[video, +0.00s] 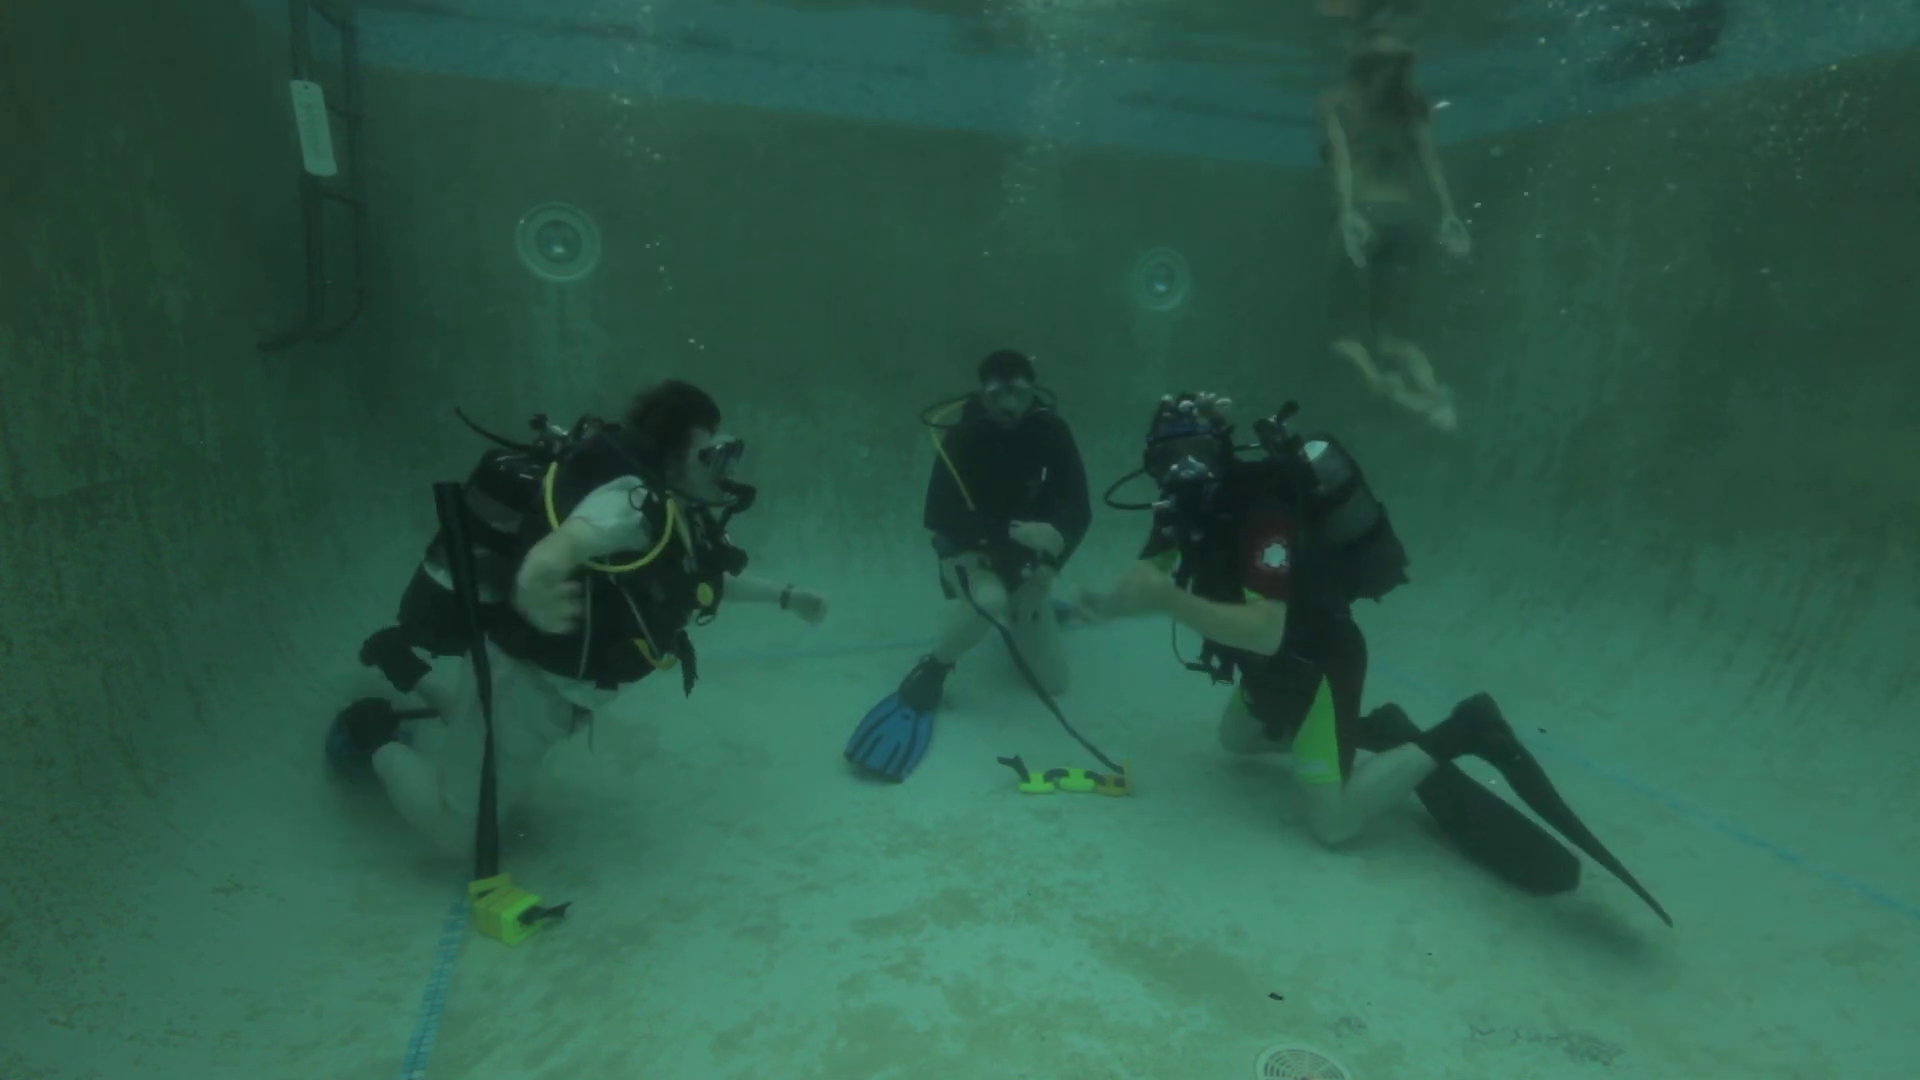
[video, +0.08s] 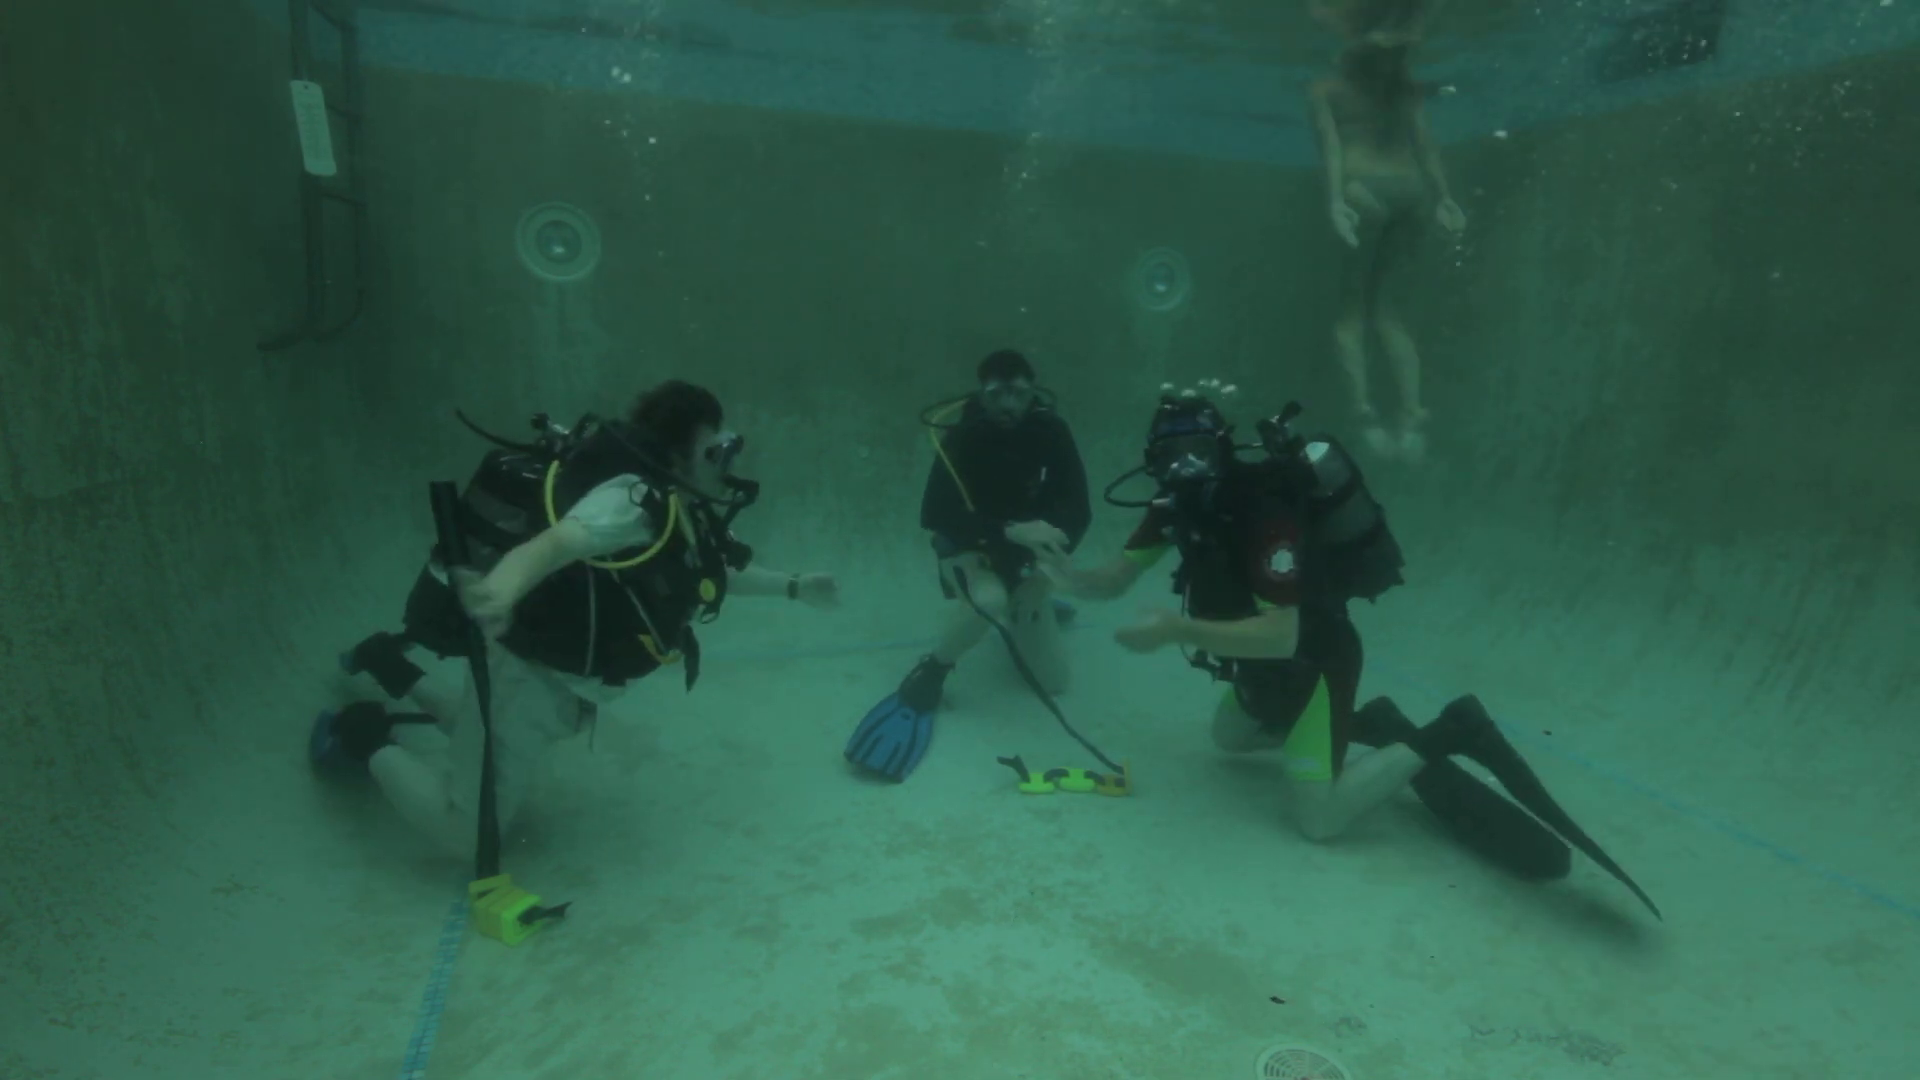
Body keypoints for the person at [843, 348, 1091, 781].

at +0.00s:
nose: (1008, 404)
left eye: (1017, 393)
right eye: (998, 394)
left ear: (1033, 393)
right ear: (982, 395)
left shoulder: (1051, 432)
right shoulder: (964, 436)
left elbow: (1076, 509)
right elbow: (939, 514)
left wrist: (1048, 567)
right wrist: (1010, 528)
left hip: (1029, 557)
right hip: (970, 552)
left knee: (1051, 681)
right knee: (990, 601)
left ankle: (1028, 608)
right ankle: (930, 674)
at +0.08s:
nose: (1008, 403)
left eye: (1017, 393)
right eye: (997, 394)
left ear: (1033, 393)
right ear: (981, 395)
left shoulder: (1050, 431)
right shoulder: (963, 435)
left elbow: (1075, 509)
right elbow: (936, 514)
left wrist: (1045, 567)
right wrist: (1007, 529)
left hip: (1029, 552)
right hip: (968, 549)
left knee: (1051, 681)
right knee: (990, 600)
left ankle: (1034, 604)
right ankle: (931, 673)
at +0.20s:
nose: (1006, 403)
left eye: (1015, 392)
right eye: (996, 393)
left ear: (1032, 392)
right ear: (981, 395)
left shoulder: (1050, 431)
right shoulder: (963, 436)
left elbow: (1075, 510)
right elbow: (930, 511)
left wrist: (1042, 565)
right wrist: (982, 544)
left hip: (1033, 553)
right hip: (966, 548)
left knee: (1051, 680)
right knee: (988, 599)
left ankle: (1035, 606)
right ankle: (930, 675)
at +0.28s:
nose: (1006, 403)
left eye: (1015, 393)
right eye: (996, 393)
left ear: (1031, 393)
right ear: (979, 395)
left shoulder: (1050, 432)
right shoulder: (963, 437)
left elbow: (1074, 510)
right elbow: (924, 510)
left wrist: (1045, 568)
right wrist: (976, 546)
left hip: (1030, 551)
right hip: (964, 546)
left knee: (1052, 680)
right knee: (987, 600)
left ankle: (1035, 606)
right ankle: (930, 676)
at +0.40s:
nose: (1004, 402)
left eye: (1014, 392)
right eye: (994, 392)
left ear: (1029, 392)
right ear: (978, 393)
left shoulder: (1047, 431)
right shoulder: (959, 436)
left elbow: (1075, 505)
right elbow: (914, 508)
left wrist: (1045, 567)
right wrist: (980, 540)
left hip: (1032, 552)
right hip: (965, 550)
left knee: (1053, 679)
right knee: (987, 598)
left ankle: (1035, 602)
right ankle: (929, 677)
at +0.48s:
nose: (1004, 400)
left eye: (1013, 390)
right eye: (992, 391)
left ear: (1028, 389)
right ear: (976, 392)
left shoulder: (1047, 430)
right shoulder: (957, 439)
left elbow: (1074, 504)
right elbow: (909, 508)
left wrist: (1046, 564)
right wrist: (970, 542)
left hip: (1029, 551)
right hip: (965, 553)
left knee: (1054, 679)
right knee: (987, 598)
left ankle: (1036, 610)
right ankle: (933, 672)